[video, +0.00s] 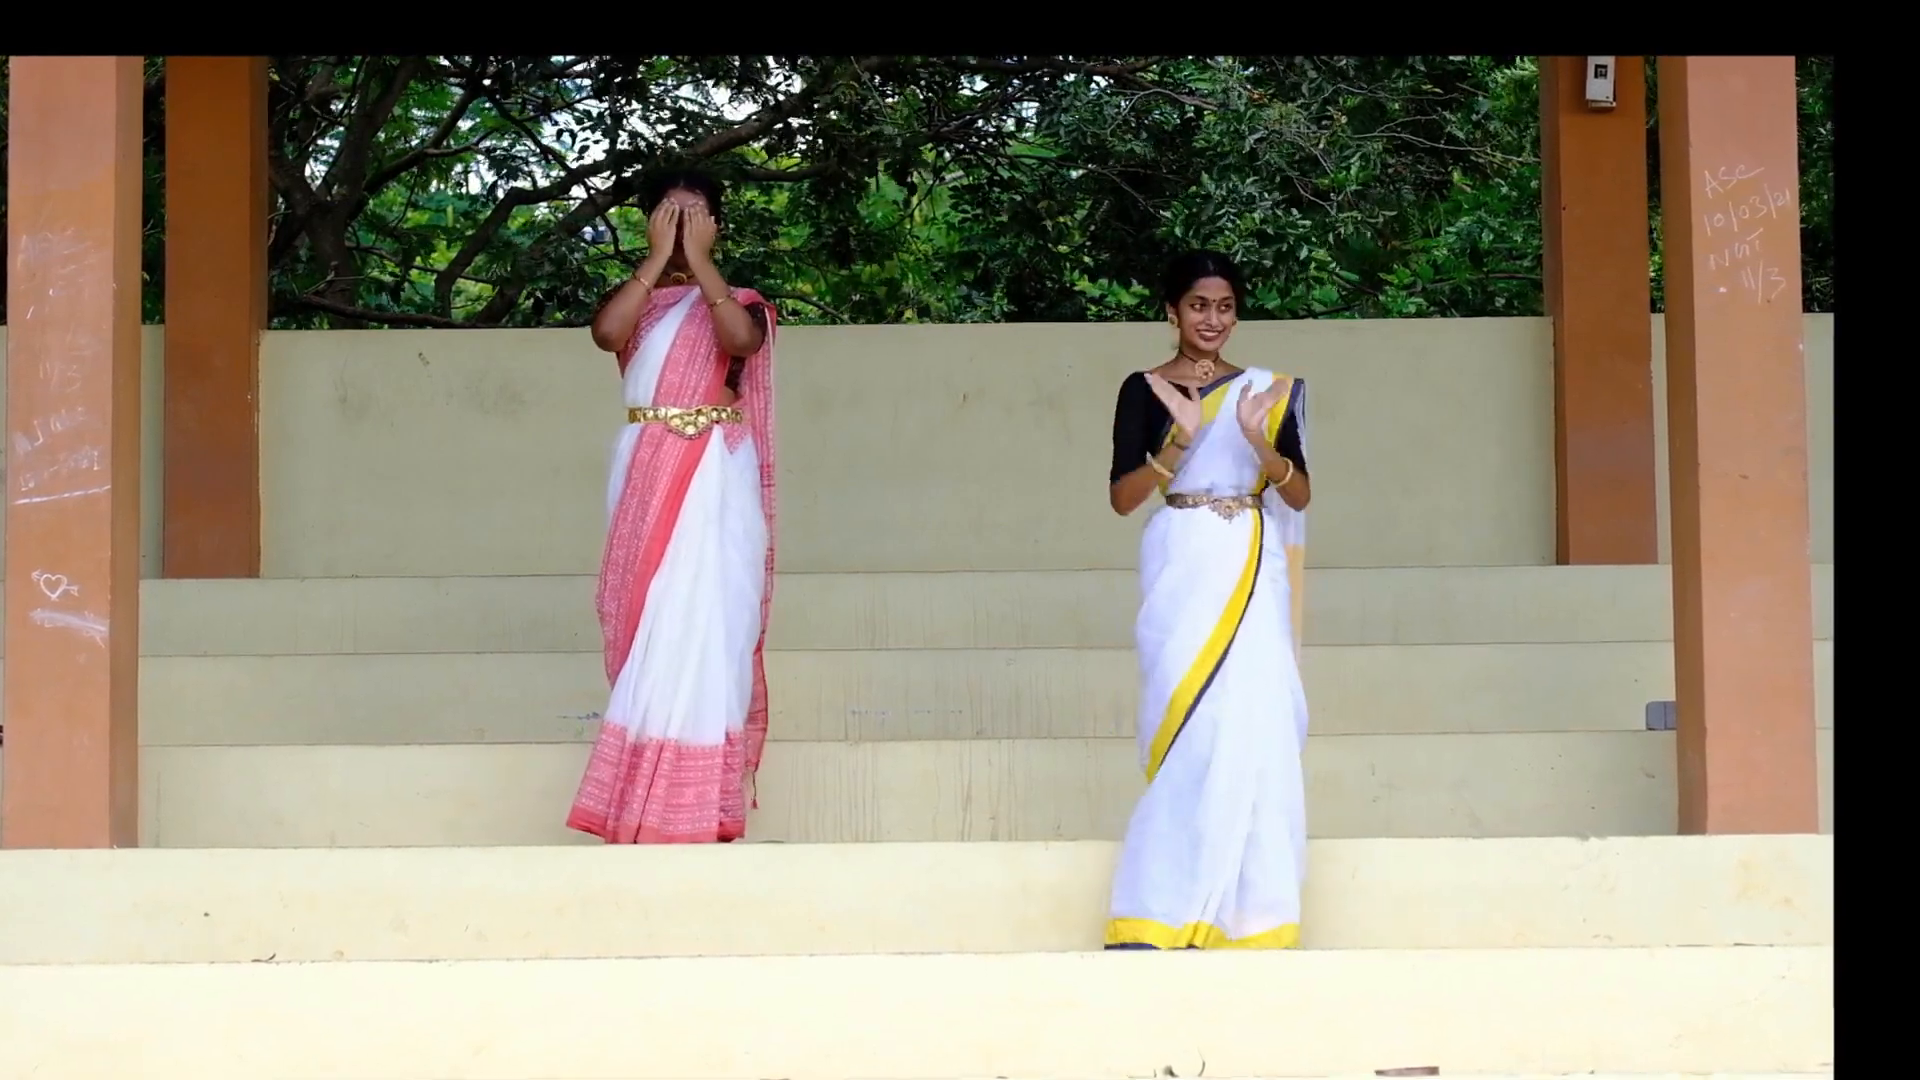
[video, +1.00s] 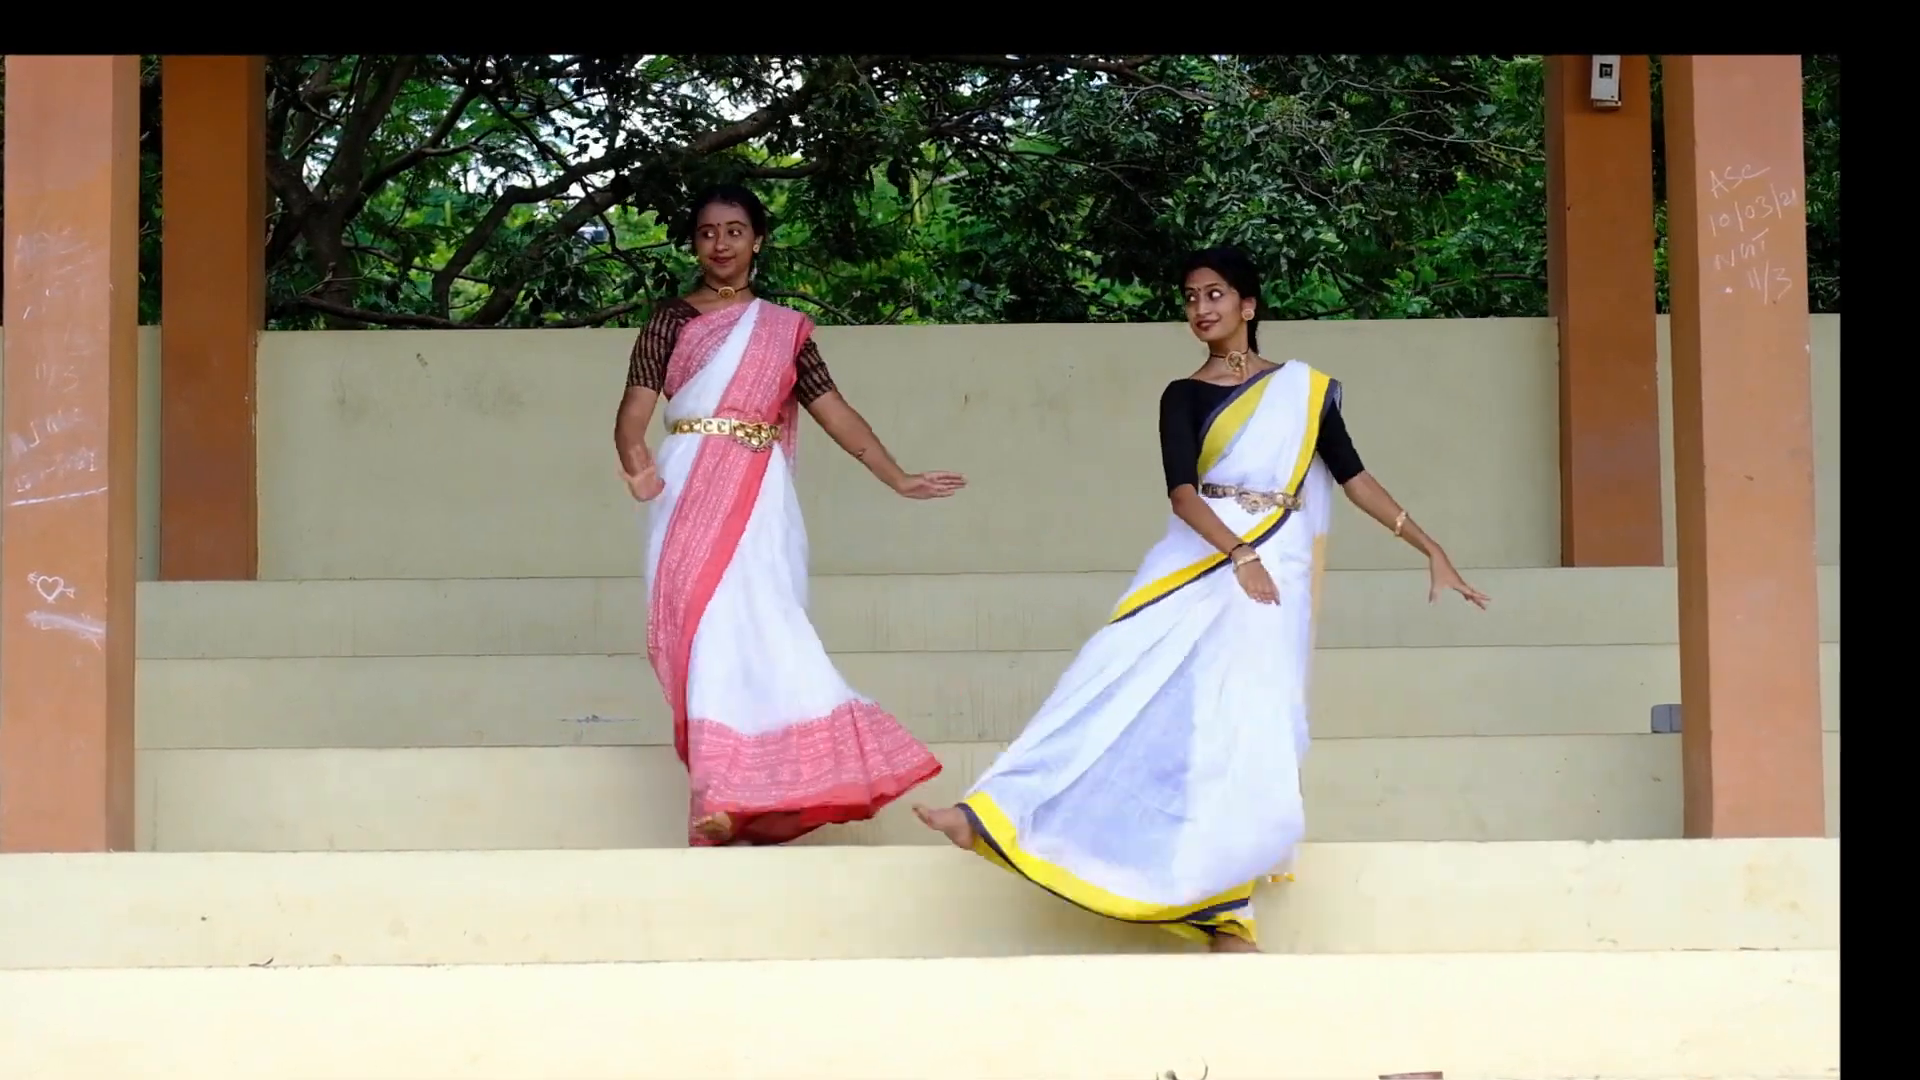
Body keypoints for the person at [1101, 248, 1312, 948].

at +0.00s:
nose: (1213, 318)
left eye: (1224, 307)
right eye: (1200, 305)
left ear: (1236, 316)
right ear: (1174, 311)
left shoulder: (1273, 392)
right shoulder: (1145, 389)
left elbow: (1299, 496)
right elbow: (1123, 498)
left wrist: (1265, 448)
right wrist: (1178, 441)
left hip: (1255, 563)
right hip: (1183, 563)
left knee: (1254, 723)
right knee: (1186, 722)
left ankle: (1248, 908)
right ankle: (1175, 908)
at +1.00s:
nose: (1202, 309)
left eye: (1214, 295)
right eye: (1192, 299)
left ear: (1246, 301)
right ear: (1187, 312)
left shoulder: (1304, 389)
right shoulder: (1186, 395)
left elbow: (1356, 480)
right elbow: (1182, 492)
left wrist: (1431, 547)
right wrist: (1237, 551)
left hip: (1273, 569)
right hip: (1197, 558)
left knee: (1242, 722)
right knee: (1117, 678)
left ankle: (1226, 896)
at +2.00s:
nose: (1154, 358)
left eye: (1164, 343)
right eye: (1151, 346)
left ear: (1206, 342)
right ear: (1171, 350)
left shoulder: (1282, 404)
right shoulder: (1170, 447)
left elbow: (1386, 448)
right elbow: (1079, 530)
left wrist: (1301, 482)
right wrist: (978, 555)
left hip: (1286, 589)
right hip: (1214, 591)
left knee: (1229, 727)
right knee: (1072, 600)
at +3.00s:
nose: (1157, 351)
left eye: (1167, 334)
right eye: (1147, 339)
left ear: (1205, 332)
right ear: (1146, 346)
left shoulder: (1284, 402)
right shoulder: (1160, 440)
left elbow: (1364, 472)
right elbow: (1152, 542)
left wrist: (1317, 502)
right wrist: (1114, 621)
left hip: (1285, 593)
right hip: (1208, 596)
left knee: (1265, 751)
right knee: (1205, 753)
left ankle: (1249, 923)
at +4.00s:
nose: (1269, 294)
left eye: (1271, 284)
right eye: (1255, 283)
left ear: (1266, 299)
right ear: (1216, 296)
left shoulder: (1267, 397)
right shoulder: (1210, 372)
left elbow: (1296, 516)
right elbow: (1303, 399)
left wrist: (1319, 469)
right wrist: (1392, 379)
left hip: (1265, 565)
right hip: (1214, 558)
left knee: (1270, 733)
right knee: (1212, 732)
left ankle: (1277, 917)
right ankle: (1221, 922)